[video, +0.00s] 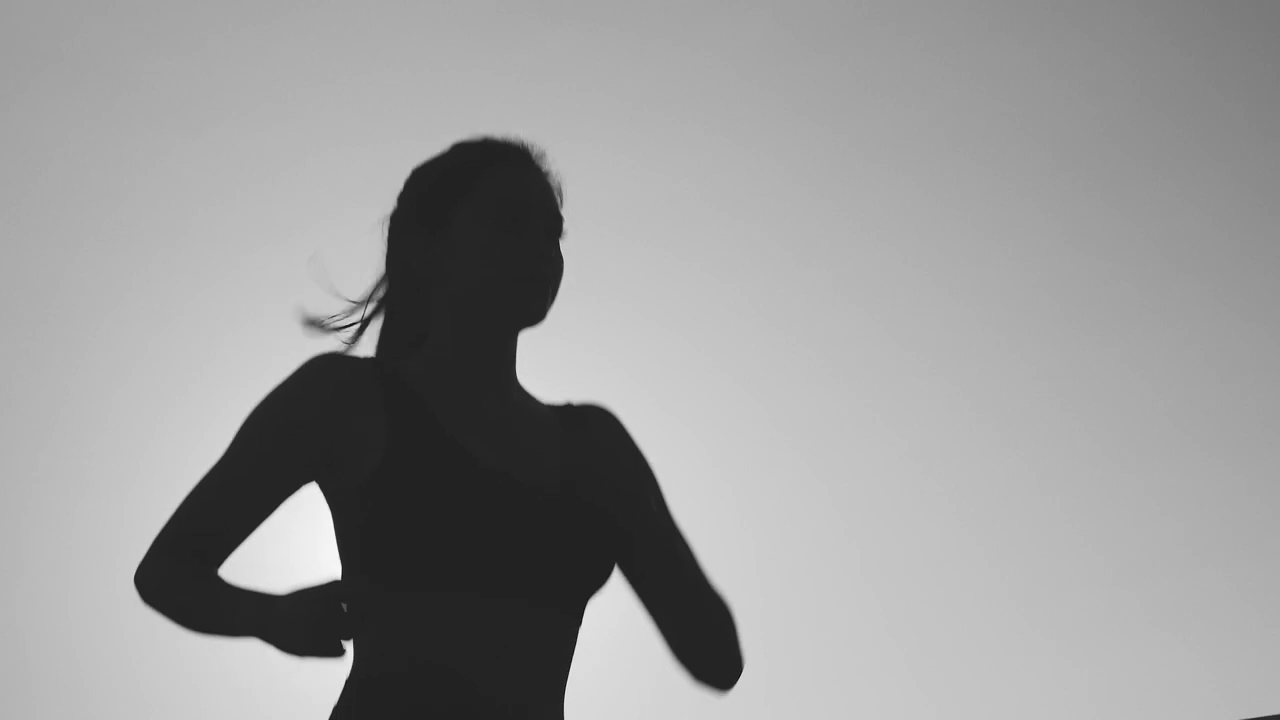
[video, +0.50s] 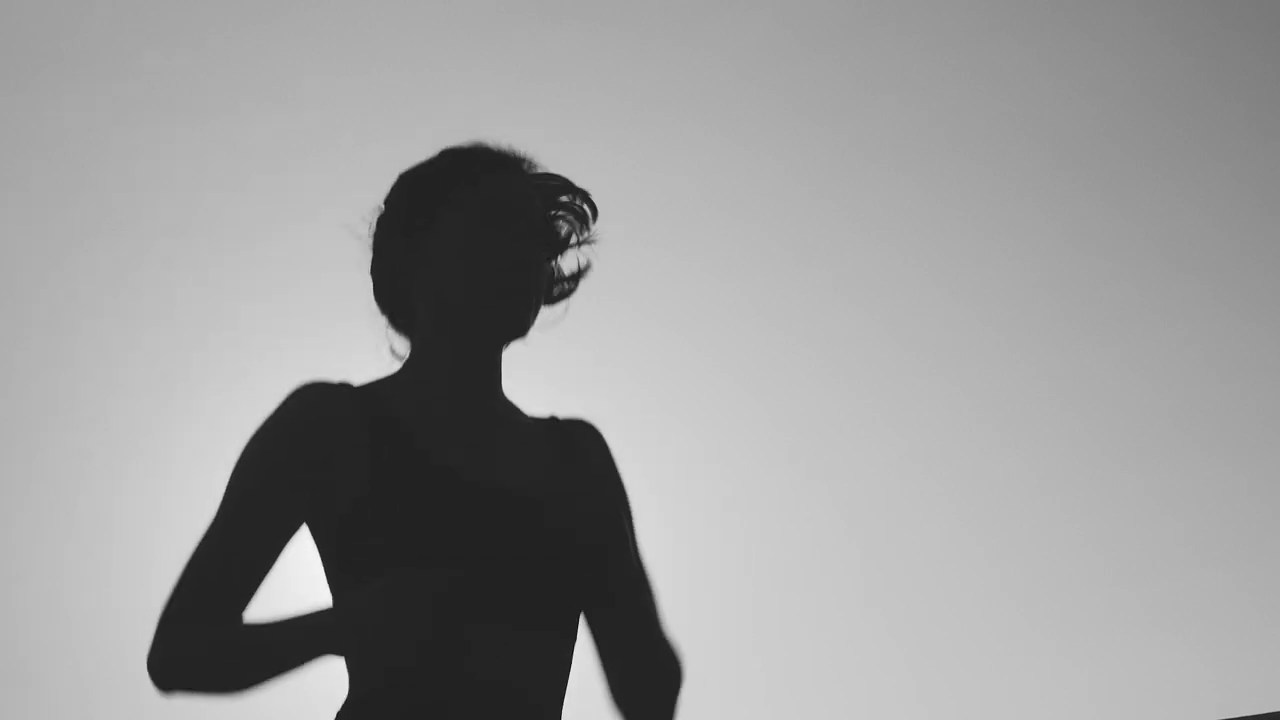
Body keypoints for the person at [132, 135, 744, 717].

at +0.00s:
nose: (549, 252)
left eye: (552, 231)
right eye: (518, 225)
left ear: (556, 259)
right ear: (435, 245)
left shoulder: (589, 445)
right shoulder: (338, 399)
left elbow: (719, 664)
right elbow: (166, 574)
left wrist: (629, 516)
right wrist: (270, 616)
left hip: (527, 709)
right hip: (379, 705)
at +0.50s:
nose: (521, 269)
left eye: (532, 247)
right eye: (488, 242)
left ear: (547, 276)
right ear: (416, 266)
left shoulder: (573, 455)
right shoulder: (322, 425)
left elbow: (648, 688)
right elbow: (179, 656)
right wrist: (346, 625)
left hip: (523, 708)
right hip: (376, 712)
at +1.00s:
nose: (563, 292)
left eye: (563, 268)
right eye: (540, 264)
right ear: (463, 273)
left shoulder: (540, 472)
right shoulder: (390, 405)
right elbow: (346, 609)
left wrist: (577, 697)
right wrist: (574, 529)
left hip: (531, 708)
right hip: (423, 705)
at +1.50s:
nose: (605, 324)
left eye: (603, 306)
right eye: (573, 304)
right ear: (488, 336)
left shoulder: (606, 528)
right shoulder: (439, 459)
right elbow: (288, 658)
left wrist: (646, 706)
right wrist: (505, 673)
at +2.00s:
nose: (643, 294)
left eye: (640, 271)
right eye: (622, 270)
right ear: (548, 285)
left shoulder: (678, 463)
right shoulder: (438, 434)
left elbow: (826, 668)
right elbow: (258, 593)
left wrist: (726, 530)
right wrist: (364, 636)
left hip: (637, 710)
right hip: (506, 710)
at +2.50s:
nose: (688, 343)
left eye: (685, 314)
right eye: (650, 310)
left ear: (685, 350)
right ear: (556, 342)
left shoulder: (727, 510)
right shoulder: (496, 493)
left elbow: (780, 702)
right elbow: (397, 692)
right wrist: (517, 708)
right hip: (563, 707)